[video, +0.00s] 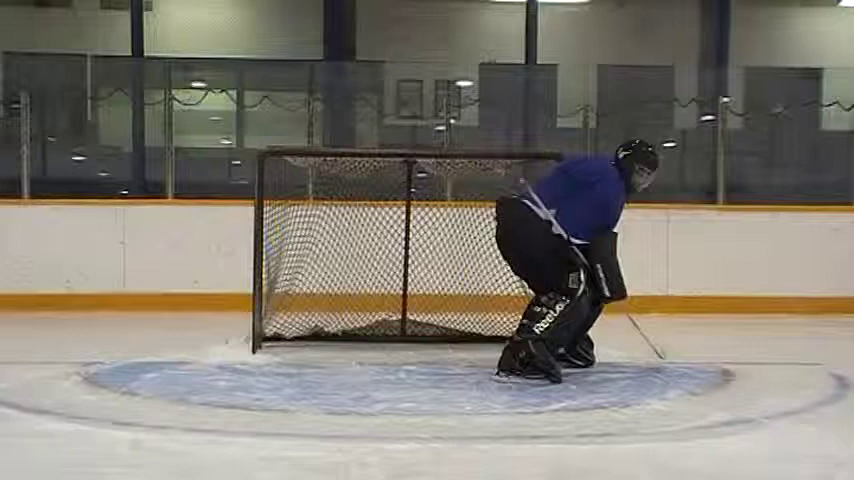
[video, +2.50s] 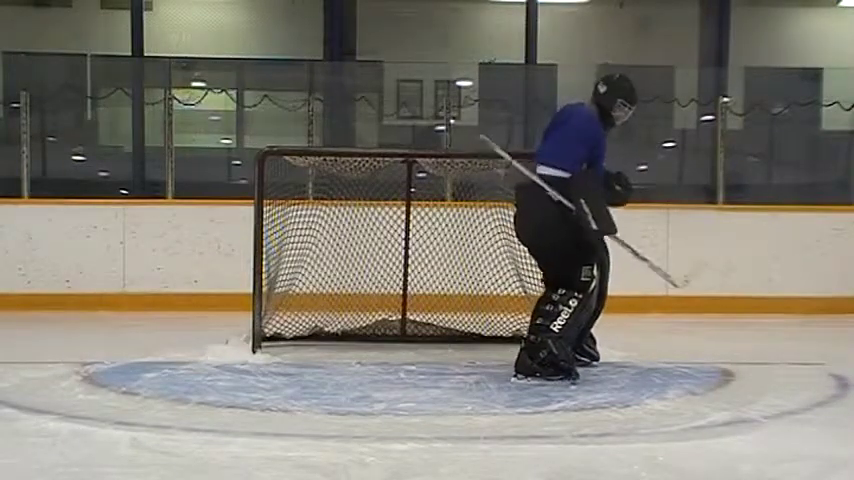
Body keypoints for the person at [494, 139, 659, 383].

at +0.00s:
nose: (645, 181)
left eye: (650, 176)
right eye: (643, 172)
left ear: (620, 159)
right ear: (630, 164)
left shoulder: (599, 170)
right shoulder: (610, 186)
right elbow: (600, 245)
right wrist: (615, 289)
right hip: (528, 223)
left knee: (589, 287)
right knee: (573, 288)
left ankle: (568, 341)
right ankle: (525, 350)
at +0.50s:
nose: (641, 169)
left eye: (643, 162)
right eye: (637, 161)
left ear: (611, 154)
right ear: (621, 159)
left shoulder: (585, 167)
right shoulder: (608, 187)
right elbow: (605, 244)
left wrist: (605, 274)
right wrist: (626, 289)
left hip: (514, 228)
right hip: (534, 237)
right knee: (589, 292)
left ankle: (569, 343)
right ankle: (531, 351)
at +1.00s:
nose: (627, 133)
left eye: (627, 126)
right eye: (620, 126)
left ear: (597, 131)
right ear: (603, 130)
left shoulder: (581, 153)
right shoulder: (600, 163)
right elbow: (590, 229)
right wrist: (606, 267)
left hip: (518, 221)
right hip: (535, 227)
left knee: (566, 285)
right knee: (591, 289)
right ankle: (539, 348)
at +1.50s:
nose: (614, 87)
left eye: (613, 80)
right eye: (608, 81)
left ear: (587, 86)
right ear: (590, 84)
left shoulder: (562, 117)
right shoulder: (591, 123)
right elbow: (584, 184)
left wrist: (618, 178)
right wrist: (598, 225)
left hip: (533, 209)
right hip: (557, 212)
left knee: (565, 275)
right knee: (592, 274)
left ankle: (536, 343)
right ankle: (548, 343)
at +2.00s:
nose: (610, 92)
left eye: (612, 85)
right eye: (603, 85)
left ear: (580, 90)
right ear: (587, 88)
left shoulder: (568, 117)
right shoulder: (586, 124)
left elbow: (573, 173)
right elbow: (569, 188)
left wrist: (606, 183)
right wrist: (592, 238)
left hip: (536, 213)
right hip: (556, 216)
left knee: (568, 279)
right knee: (595, 276)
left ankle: (541, 348)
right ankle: (553, 345)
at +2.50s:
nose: (623, 115)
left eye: (627, 109)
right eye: (622, 107)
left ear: (601, 97)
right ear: (607, 99)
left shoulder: (571, 113)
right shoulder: (591, 126)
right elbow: (586, 182)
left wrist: (606, 183)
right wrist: (605, 224)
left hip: (531, 207)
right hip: (553, 210)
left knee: (561, 279)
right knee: (586, 274)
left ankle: (537, 350)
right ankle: (548, 349)